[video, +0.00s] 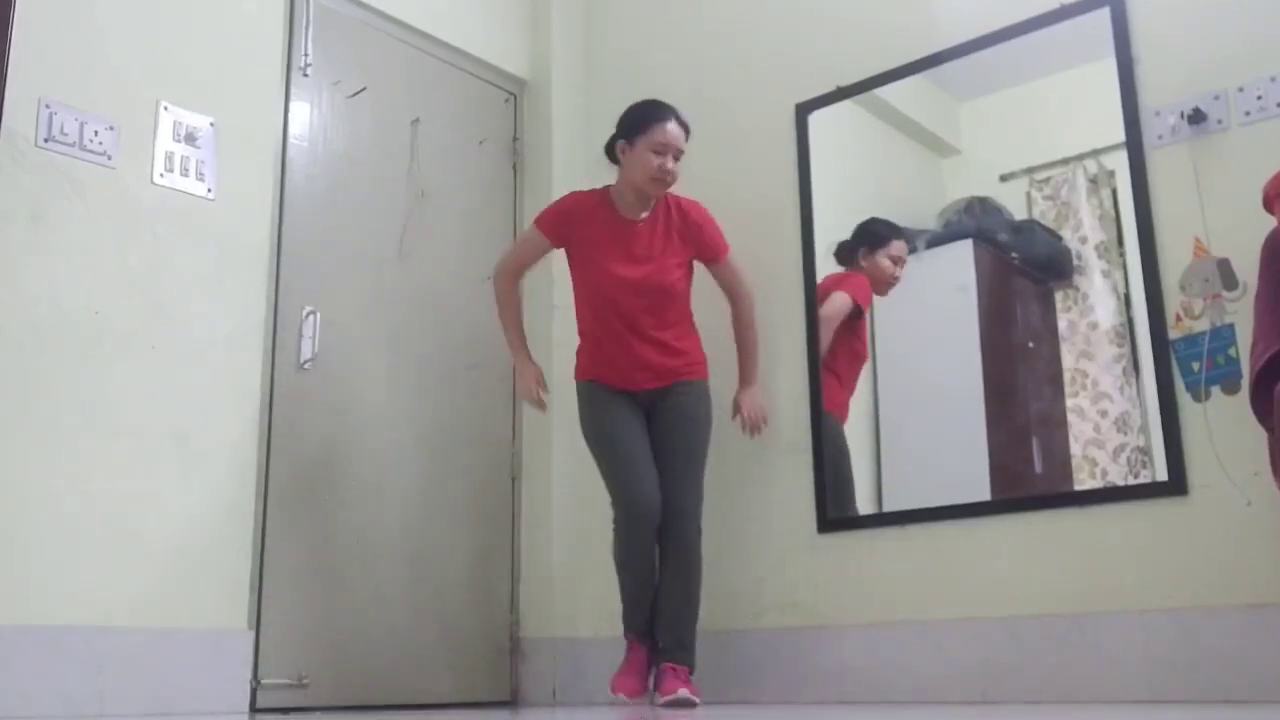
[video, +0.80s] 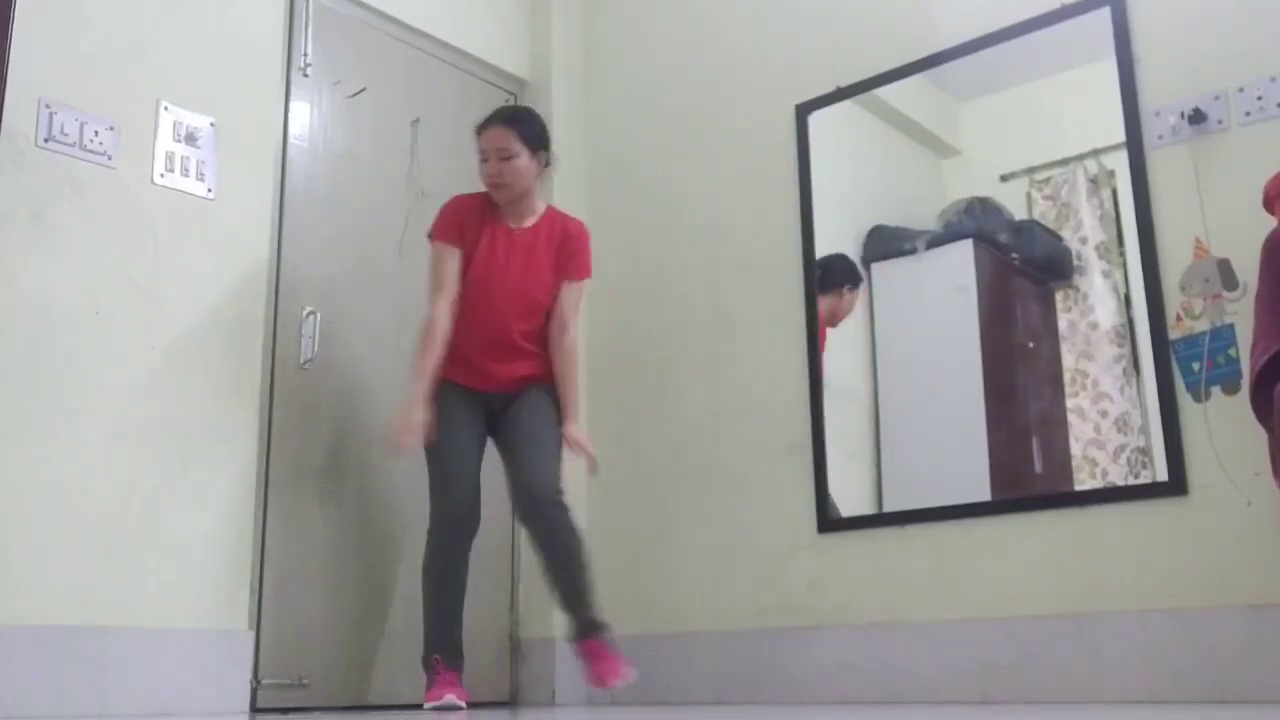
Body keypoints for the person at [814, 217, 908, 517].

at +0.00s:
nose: (899, 273)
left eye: (903, 265)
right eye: (894, 261)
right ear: (864, 256)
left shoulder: (829, 283)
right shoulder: (858, 283)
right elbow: (827, 315)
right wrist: (811, 370)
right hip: (825, 417)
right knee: (842, 516)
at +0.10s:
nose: (897, 272)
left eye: (898, 262)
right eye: (893, 260)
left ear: (866, 258)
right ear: (866, 257)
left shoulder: (823, 287)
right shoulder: (852, 287)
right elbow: (830, 345)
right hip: (825, 434)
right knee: (849, 526)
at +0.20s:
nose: (889, 273)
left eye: (890, 263)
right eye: (886, 260)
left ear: (860, 258)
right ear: (863, 258)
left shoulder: (822, 289)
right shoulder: (846, 288)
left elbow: (825, 396)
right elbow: (843, 367)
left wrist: (877, 432)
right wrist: (884, 426)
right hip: (824, 431)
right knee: (851, 526)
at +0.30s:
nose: (884, 267)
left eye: (884, 257)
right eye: (881, 256)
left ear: (855, 253)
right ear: (861, 253)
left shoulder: (821, 285)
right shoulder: (846, 284)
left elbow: (833, 383)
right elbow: (865, 365)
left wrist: (885, 387)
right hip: (819, 423)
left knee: (833, 518)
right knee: (842, 518)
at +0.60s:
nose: (865, 285)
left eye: (865, 275)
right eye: (863, 274)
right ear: (848, 273)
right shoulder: (826, 305)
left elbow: (844, 391)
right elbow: (848, 390)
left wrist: (914, 392)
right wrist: (916, 391)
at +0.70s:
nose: (857, 299)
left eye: (860, 291)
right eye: (858, 289)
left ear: (818, 279)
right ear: (844, 283)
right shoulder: (820, 316)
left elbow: (827, 396)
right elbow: (827, 394)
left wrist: (871, 453)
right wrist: (874, 455)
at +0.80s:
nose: (852, 309)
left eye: (855, 300)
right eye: (854, 299)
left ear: (820, 287)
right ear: (844, 292)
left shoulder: (813, 329)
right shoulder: (814, 332)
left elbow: (810, 425)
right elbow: (809, 425)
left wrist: (824, 500)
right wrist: (825, 501)